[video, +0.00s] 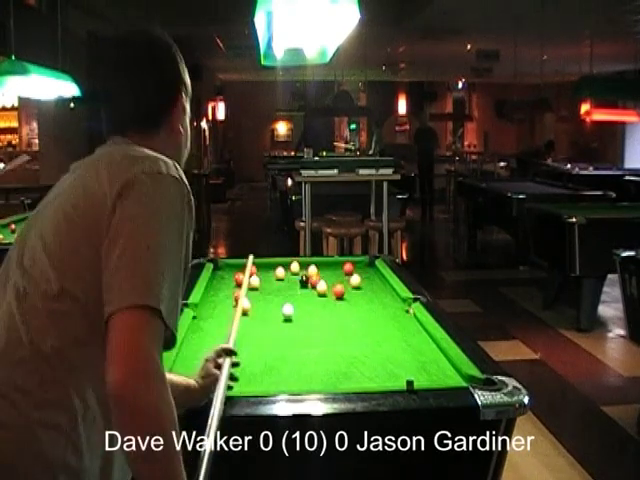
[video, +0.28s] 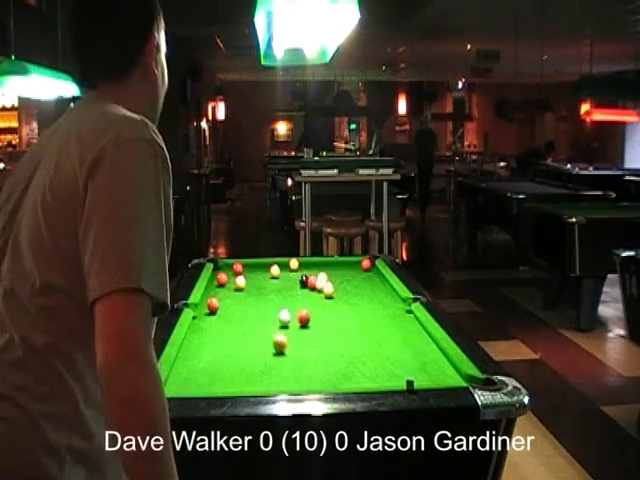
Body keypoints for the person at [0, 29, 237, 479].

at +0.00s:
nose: (193, 120)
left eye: (193, 103)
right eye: (193, 103)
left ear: (106, 106)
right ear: (180, 105)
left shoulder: (81, 180)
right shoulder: (151, 178)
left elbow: (73, 368)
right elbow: (131, 377)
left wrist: (196, 389)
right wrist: (172, 475)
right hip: (56, 464)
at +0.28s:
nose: (167, 63)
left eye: (166, 46)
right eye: (166, 45)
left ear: (79, 56)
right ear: (153, 48)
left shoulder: (46, 144)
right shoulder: (125, 139)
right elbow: (122, 355)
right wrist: (159, 469)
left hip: (20, 452)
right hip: (67, 458)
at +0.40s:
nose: (153, 49)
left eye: (151, 29)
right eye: (151, 29)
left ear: (71, 39)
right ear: (140, 30)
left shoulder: (32, 130)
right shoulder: (121, 132)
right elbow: (127, 354)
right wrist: (162, 470)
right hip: (70, 455)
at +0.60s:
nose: (136, 36)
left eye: (135, 18)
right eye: (135, 16)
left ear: (46, 24)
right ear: (120, 15)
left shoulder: (10, 119)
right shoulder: (112, 127)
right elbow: (138, 365)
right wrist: (176, 471)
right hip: (77, 454)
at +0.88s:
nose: (116, 28)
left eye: (115, 12)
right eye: (115, 11)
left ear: (31, 21)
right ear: (97, 12)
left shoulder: (8, 110)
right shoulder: (96, 120)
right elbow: (142, 354)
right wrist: (192, 465)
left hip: (9, 446)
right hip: (88, 454)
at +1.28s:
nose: (130, 27)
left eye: (129, 11)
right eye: (129, 9)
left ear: (43, 20)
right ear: (113, 12)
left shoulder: (8, 118)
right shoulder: (119, 117)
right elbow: (156, 346)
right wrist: (214, 466)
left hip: (12, 452)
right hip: (111, 454)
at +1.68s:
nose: (207, 27)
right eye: (205, 14)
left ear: (123, 23)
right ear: (198, 16)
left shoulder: (62, 120)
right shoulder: (228, 124)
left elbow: (14, 303)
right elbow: (268, 306)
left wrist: (55, 400)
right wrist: (307, 434)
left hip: (79, 431)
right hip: (188, 433)